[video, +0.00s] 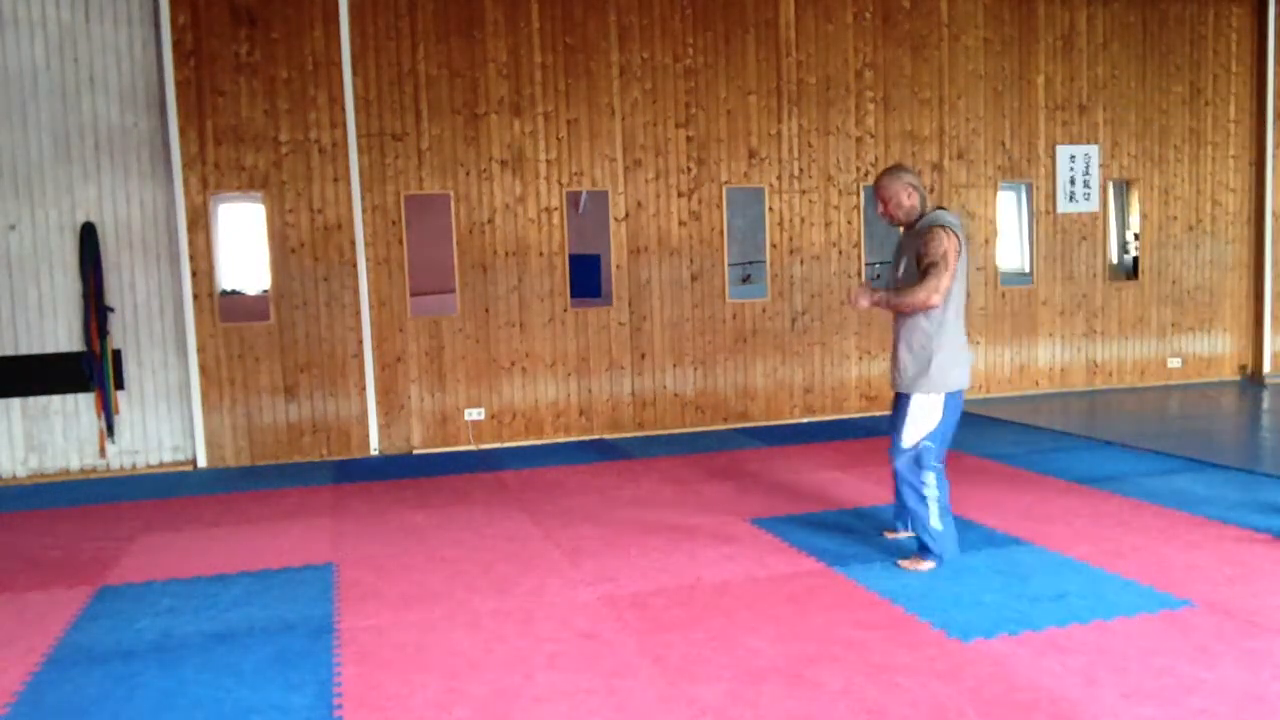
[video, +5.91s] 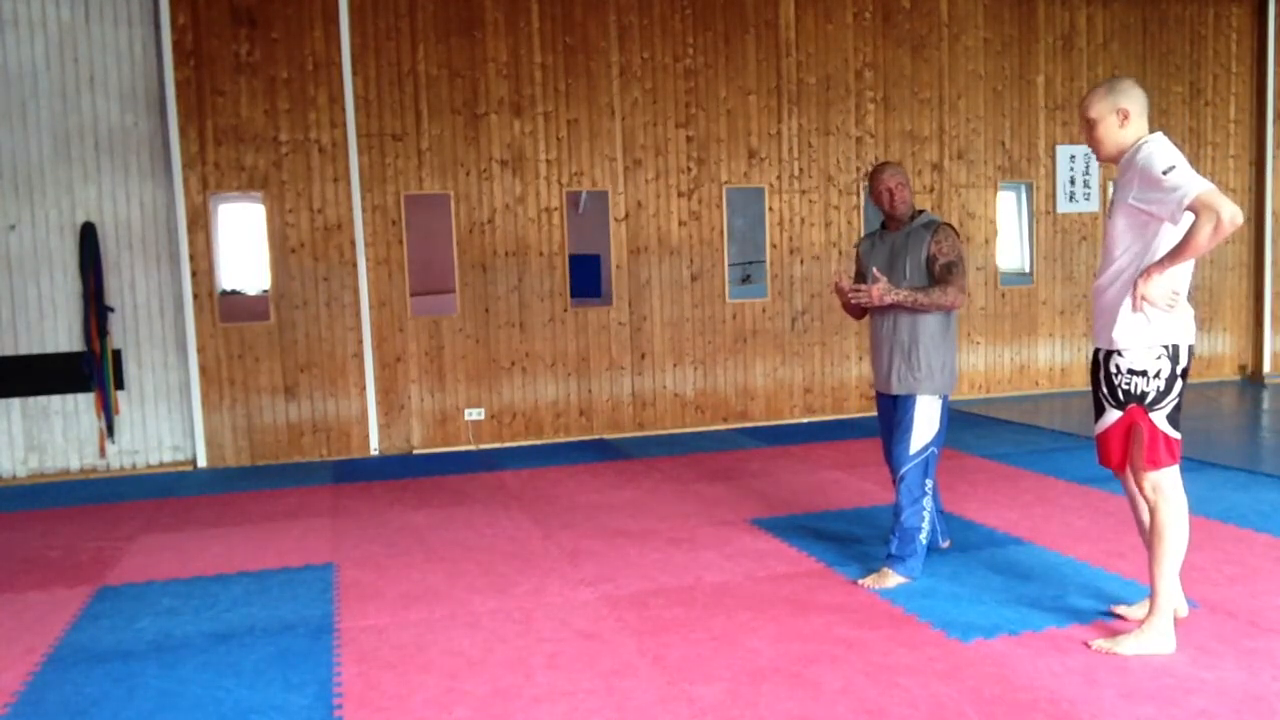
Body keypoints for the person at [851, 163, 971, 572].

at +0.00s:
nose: (883, 213)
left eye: (886, 202)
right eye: (880, 205)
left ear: (910, 193)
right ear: (905, 197)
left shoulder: (939, 231)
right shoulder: (912, 236)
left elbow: (932, 294)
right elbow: (913, 292)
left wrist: (879, 297)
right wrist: (879, 294)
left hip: (937, 373)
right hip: (915, 369)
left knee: (915, 457)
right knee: (907, 452)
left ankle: (937, 548)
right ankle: (912, 521)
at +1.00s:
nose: (851, 207)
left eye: (857, 197)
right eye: (845, 200)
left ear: (880, 194)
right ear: (844, 205)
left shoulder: (909, 239)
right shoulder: (853, 244)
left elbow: (921, 302)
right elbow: (849, 307)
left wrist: (862, 293)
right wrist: (832, 296)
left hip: (907, 381)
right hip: (873, 377)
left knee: (892, 469)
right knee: (872, 460)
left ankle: (901, 560)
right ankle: (892, 528)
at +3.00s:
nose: (842, 203)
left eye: (848, 194)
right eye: (835, 198)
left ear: (866, 194)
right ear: (831, 205)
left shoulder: (893, 236)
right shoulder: (838, 250)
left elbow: (933, 292)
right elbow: (837, 300)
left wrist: (881, 319)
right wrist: (838, 314)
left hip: (896, 372)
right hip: (861, 372)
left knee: (886, 463)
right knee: (872, 459)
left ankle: (904, 557)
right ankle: (896, 527)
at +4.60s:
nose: (886, 192)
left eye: (890, 184)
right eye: (876, 188)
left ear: (900, 189)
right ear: (864, 199)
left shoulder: (924, 228)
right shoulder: (861, 242)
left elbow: (936, 267)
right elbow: (824, 294)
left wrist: (879, 254)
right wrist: (829, 267)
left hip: (918, 365)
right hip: (881, 366)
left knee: (905, 462)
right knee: (903, 458)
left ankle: (903, 562)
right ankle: (933, 531)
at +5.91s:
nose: (895, 194)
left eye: (900, 186)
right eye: (885, 189)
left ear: (912, 190)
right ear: (874, 199)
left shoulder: (939, 235)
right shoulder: (868, 246)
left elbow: (954, 295)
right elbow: (860, 308)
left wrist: (890, 296)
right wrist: (848, 297)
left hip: (927, 372)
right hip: (888, 372)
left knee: (911, 469)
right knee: (901, 463)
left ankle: (904, 564)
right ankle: (935, 530)